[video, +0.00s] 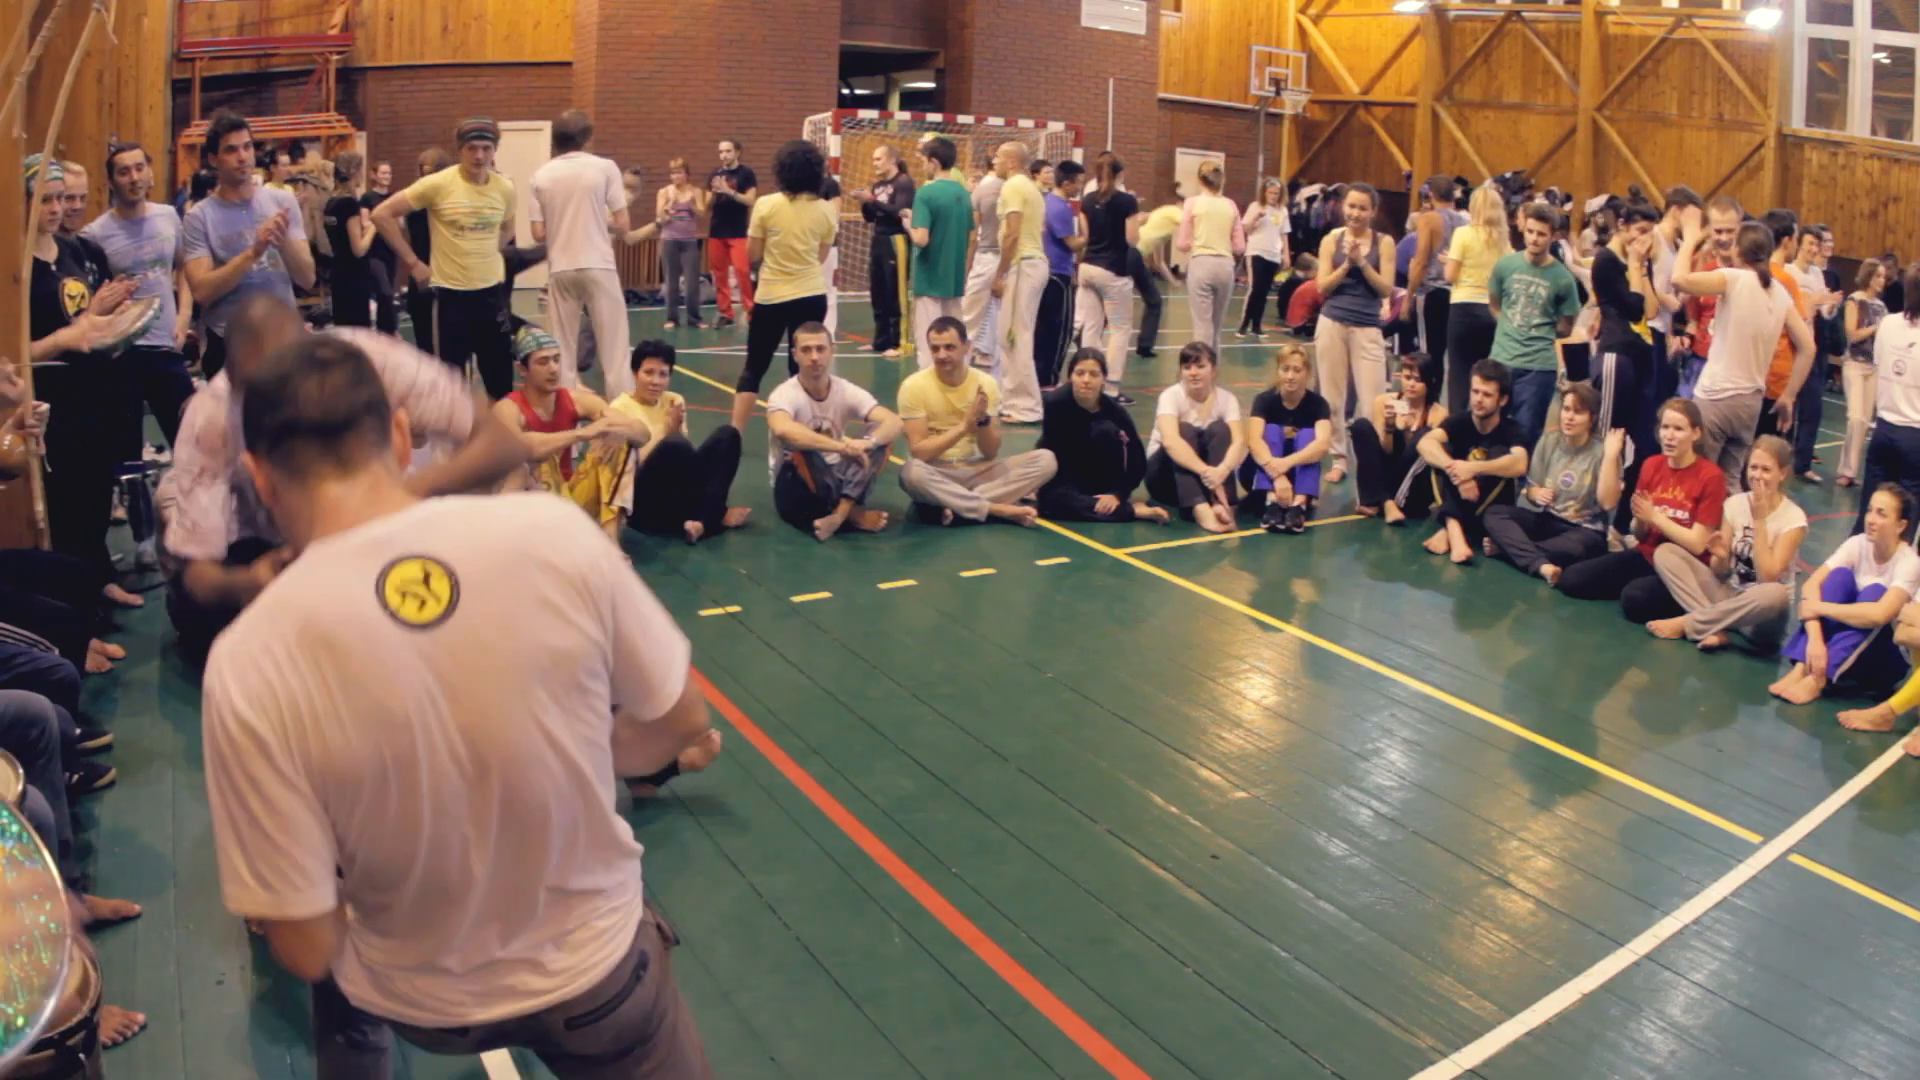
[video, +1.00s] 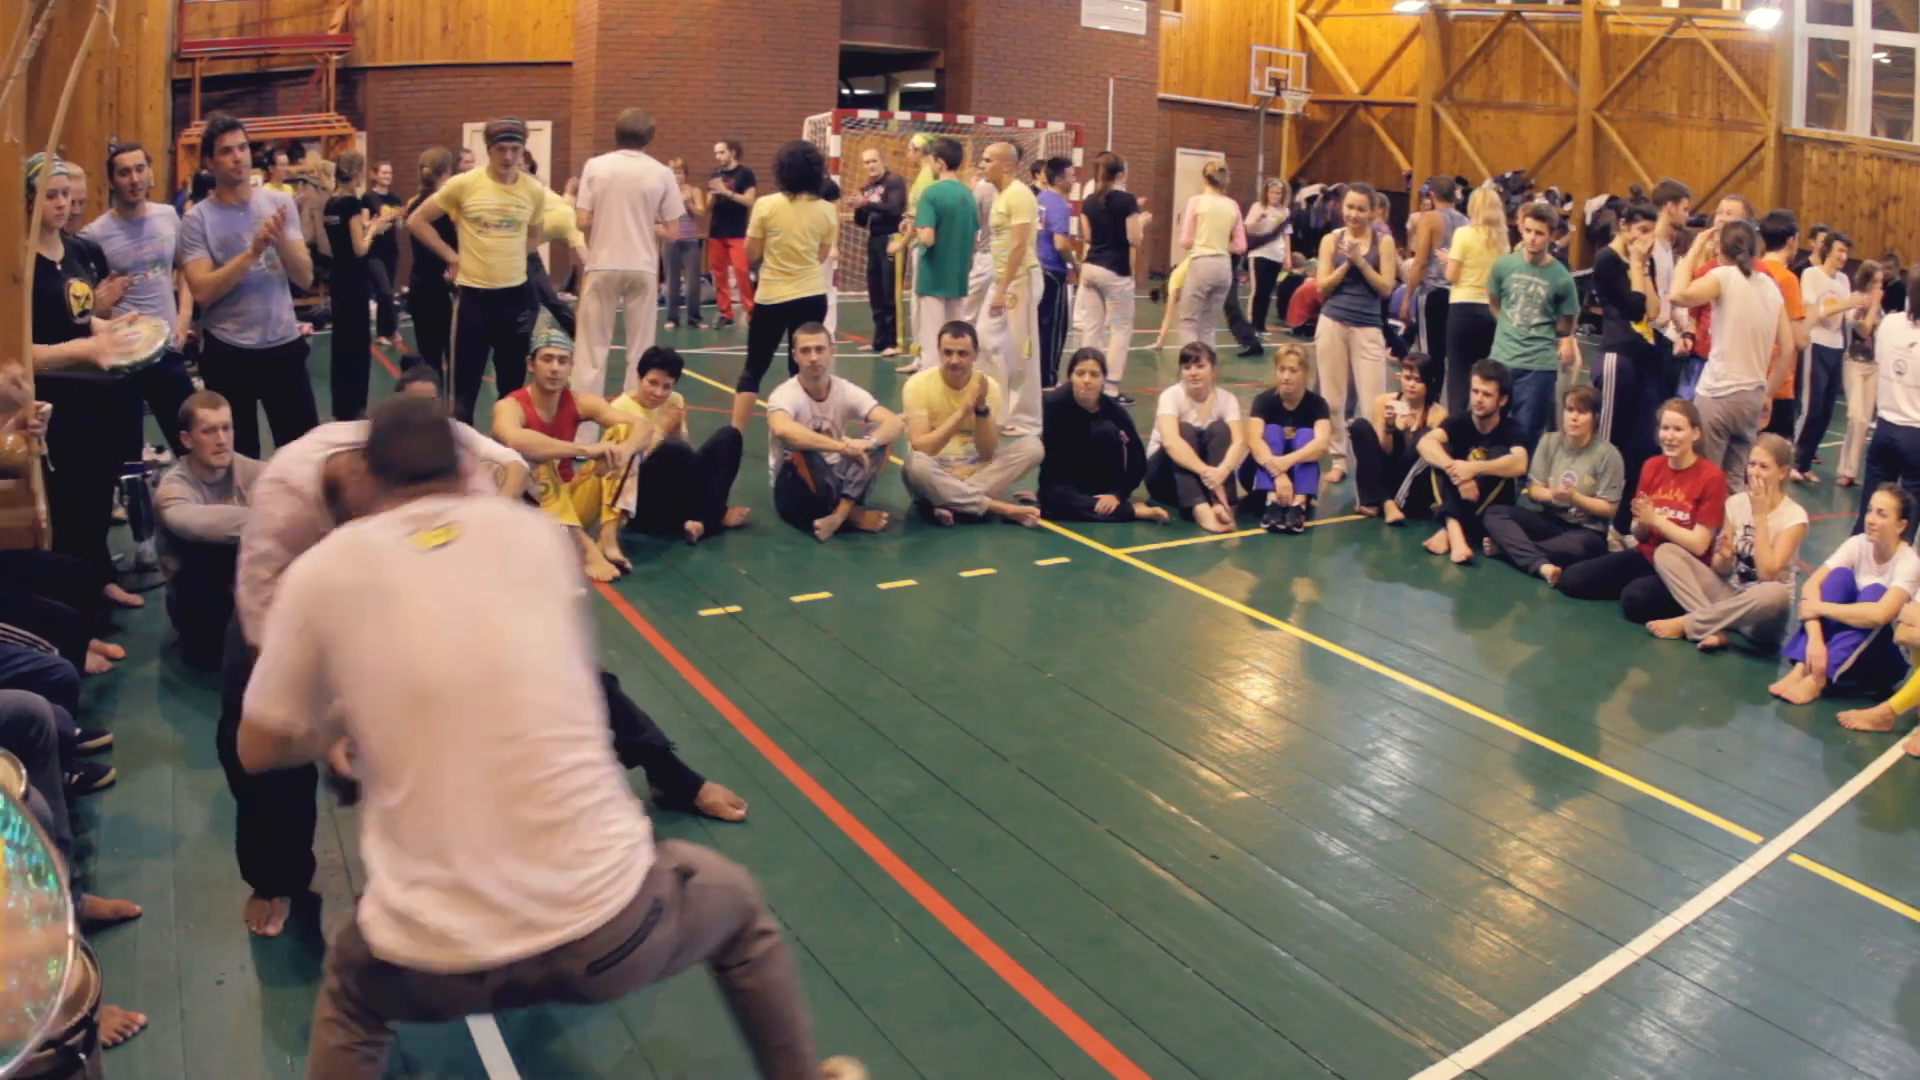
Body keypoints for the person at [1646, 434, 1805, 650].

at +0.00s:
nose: (1757, 475)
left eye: (1766, 470)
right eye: (1753, 468)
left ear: (1783, 474)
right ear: (1746, 469)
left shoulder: (1793, 518)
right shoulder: (1734, 504)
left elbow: (1769, 574)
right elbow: (1719, 571)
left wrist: (1760, 521)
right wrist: (1721, 556)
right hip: (1725, 595)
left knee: (1774, 594)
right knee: (1665, 552)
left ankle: (1686, 624)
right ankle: (1711, 629)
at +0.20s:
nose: (1755, 475)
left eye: (1763, 469)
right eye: (1751, 467)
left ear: (1781, 473)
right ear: (1744, 469)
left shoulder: (1793, 517)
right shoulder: (1734, 505)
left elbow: (1767, 574)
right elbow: (1720, 572)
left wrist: (1759, 519)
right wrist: (1723, 558)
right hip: (1726, 595)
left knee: (1773, 594)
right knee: (1665, 552)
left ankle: (1686, 624)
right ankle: (1711, 629)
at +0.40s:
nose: (1754, 474)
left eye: (1763, 468)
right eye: (1751, 466)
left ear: (1781, 473)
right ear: (1744, 468)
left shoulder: (1793, 516)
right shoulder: (1734, 504)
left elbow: (1767, 573)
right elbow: (1719, 571)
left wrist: (1758, 517)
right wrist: (1723, 558)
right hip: (1727, 595)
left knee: (1773, 594)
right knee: (1665, 552)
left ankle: (1686, 624)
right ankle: (1712, 629)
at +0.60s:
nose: (1754, 473)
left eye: (1763, 468)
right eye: (1751, 465)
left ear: (1781, 473)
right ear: (1744, 467)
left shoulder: (1792, 516)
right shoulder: (1734, 504)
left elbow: (1767, 573)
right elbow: (1719, 570)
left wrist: (1758, 516)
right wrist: (1724, 557)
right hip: (1726, 596)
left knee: (1773, 593)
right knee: (1665, 552)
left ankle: (1686, 624)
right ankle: (1711, 629)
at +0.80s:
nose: (1753, 472)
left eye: (1762, 467)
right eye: (1750, 465)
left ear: (1781, 472)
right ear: (1744, 466)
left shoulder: (1793, 515)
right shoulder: (1735, 503)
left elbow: (1767, 573)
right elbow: (1719, 570)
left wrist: (1759, 516)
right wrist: (1724, 558)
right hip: (1727, 595)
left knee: (1774, 593)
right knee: (1665, 552)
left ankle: (1686, 624)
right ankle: (1711, 629)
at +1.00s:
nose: (1755, 472)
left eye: (1764, 466)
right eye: (1752, 464)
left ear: (1783, 472)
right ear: (1746, 466)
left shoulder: (1794, 516)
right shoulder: (1735, 503)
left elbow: (1768, 572)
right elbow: (1719, 568)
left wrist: (1760, 516)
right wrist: (1724, 557)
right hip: (1726, 595)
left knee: (1774, 594)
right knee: (1666, 552)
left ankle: (1686, 624)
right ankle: (1711, 629)